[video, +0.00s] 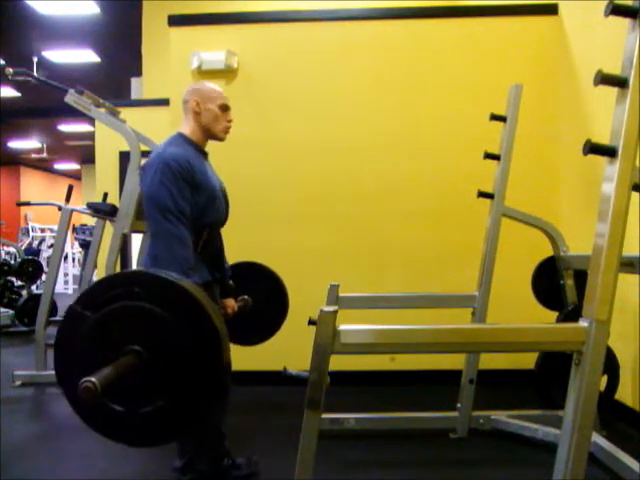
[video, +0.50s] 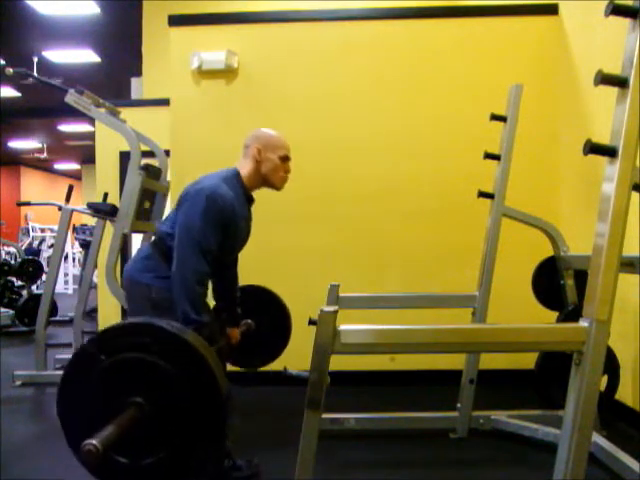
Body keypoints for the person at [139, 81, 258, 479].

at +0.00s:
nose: (230, 119)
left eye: (229, 111)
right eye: (223, 110)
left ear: (199, 110)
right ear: (195, 109)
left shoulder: (197, 160)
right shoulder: (170, 159)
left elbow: (210, 237)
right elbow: (172, 243)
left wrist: (226, 290)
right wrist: (202, 297)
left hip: (198, 290)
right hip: (177, 294)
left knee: (210, 374)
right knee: (203, 375)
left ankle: (207, 456)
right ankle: (202, 460)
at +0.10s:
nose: (244, 121)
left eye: (244, 114)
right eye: (237, 113)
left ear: (213, 114)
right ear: (210, 112)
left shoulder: (208, 164)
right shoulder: (179, 162)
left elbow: (212, 240)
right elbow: (175, 244)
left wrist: (225, 292)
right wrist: (196, 301)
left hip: (198, 292)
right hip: (175, 295)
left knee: (209, 375)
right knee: (201, 376)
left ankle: (206, 456)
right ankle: (201, 459)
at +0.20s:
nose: (259, 131)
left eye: (259, 123)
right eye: (252, 122)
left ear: (230, 124)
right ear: (226, 121)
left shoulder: (220, 172)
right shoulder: (190, 167)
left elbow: (216, 246)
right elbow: (177, 240)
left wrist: (226, 297)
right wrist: (203, 300)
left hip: (196, 294)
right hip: (169, 294)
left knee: (211, 374)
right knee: (199, 376)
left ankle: (208, 456)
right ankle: (199, 460)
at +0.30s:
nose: (272, 142)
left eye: (272, 135)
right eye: (266, 134)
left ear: (244, 135)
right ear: (238, 131)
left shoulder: (227, 182)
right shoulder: (200, 175)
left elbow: (218, 253)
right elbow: (181, 250)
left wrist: (227, 306)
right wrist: (203, 310)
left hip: (189, 292)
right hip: (160, 292)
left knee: (211, 372)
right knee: (196, 376)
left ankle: (209, 455)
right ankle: (199, 459)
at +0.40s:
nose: (282, 156)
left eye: (282, 149)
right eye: (276, 147)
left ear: (250, 145)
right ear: (249, 143)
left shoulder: (233, 191)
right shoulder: (207, 184)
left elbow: (222, 262)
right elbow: (185, 264)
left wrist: (228, 313)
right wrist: (206, 323)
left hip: (183, 289)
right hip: (156, 288)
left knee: (206, 368)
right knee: (175, 373)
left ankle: (207, 456)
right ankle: (192, 460)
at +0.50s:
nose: (289, 168)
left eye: (289, 160)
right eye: (283, 159)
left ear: (257, 157)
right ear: (256, 155)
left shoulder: (238, 202)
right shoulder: (211, 195)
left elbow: (225, 269)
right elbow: (188, 271)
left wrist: (231, 319)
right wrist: (203, 331)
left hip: (178, 289)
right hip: (152, 287)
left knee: (188, 372)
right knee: (164, 375)